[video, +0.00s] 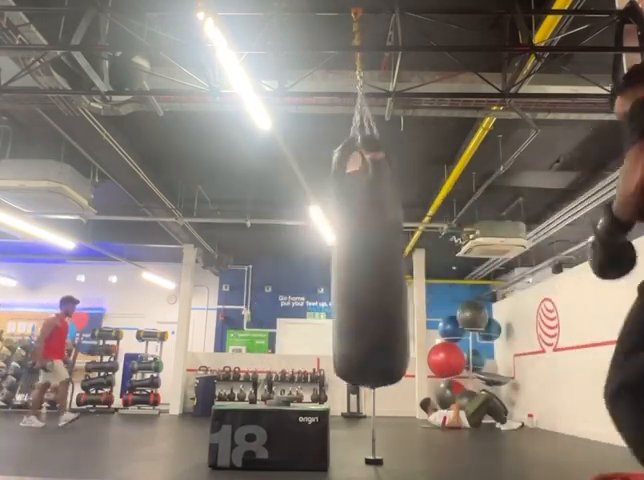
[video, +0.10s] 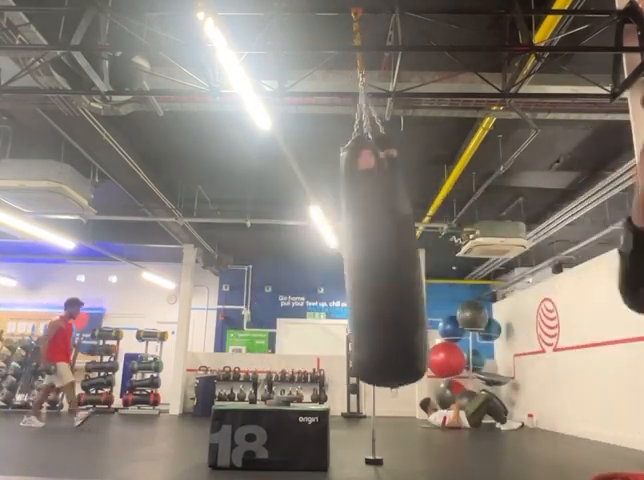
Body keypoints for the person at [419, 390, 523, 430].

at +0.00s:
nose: (435, 404)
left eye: (433, 403)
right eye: (432, 403)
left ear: (427, 408)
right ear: (429, 407)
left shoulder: (436, 414)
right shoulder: (435, 418)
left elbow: (452, 418)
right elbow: (455, 423)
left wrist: (455, 407)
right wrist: (455, 407)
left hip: (466, 414)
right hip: (468, 419)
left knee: (485, 395)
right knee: (486, 397)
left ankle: (503, 418)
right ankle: (503, 422)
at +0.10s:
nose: (435, 404)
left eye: (433, 402)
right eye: (432, 403)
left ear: (427, 408)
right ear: (429, 406)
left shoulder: (437, 414)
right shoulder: (434, 418)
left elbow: (452, 418)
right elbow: (455, 423)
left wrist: (456, 406)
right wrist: (454, 406)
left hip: (467, 414)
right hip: (468, 419)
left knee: (485, 394)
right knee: (486, 398)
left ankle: (504, 418)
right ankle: (503, 422)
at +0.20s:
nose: (435, 404)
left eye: (433, 403)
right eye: (432, 403)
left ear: (427, 408)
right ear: (429, 406)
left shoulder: (437, 414)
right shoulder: (434, 418)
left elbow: (452, 418)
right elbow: (455, 423)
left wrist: (456, 407)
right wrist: (455, 407)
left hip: (467, 414)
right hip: (468, 419)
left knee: (485, 394)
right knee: (486, 398)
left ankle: (504, 418)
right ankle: (503, 422)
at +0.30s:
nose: (434, 404)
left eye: (433, 403)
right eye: (432, 403)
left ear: (427, 408)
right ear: (429, 406)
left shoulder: (436, 414)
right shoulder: (435, 418)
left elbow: (452, 418)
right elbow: (455, 422)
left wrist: (456, 407)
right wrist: (454, 407)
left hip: (466, 414)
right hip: (468, 419)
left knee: (485, 395)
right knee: (486, 398)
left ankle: (503, 418)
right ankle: (503, 422)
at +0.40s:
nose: (434, 405)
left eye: (433, 403)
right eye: (432, 404)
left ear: (427, 408)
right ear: (429, 407)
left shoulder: (436, 414)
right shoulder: (435, 418)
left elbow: (452, 418)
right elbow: (455, 422)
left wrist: (456, 407)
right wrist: (454, 407)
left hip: (466, 414)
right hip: (468, 419)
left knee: (485, 395)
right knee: (486, 397)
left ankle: (502, 419)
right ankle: (504, 422)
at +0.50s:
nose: (434, 405)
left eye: (433, 404)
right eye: (432, 404)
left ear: (426, 409)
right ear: (428, 407)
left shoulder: (436, 414)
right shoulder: (435, 418)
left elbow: (452, 418)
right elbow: (455, 422)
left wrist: (455, 407)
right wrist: (454, 407)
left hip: (466, 414)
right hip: (468, 419)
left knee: (485, 395)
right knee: (486, 397)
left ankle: (502, 419)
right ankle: (503, 422)